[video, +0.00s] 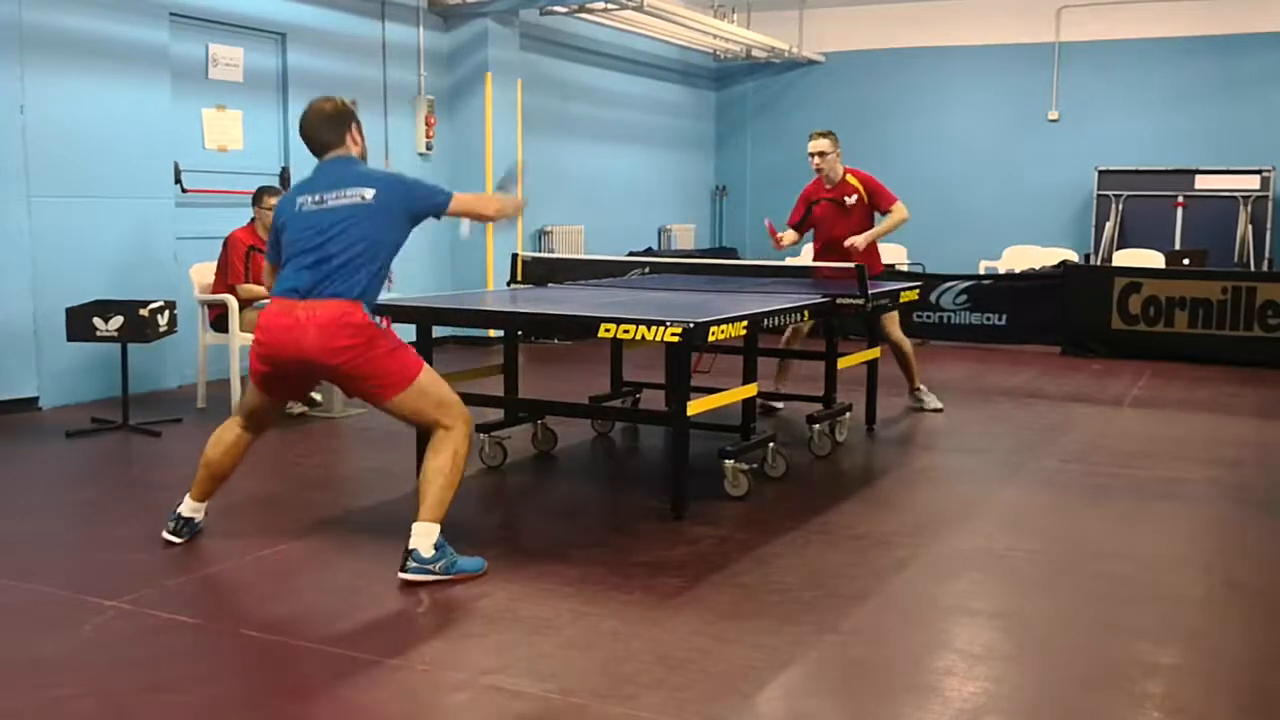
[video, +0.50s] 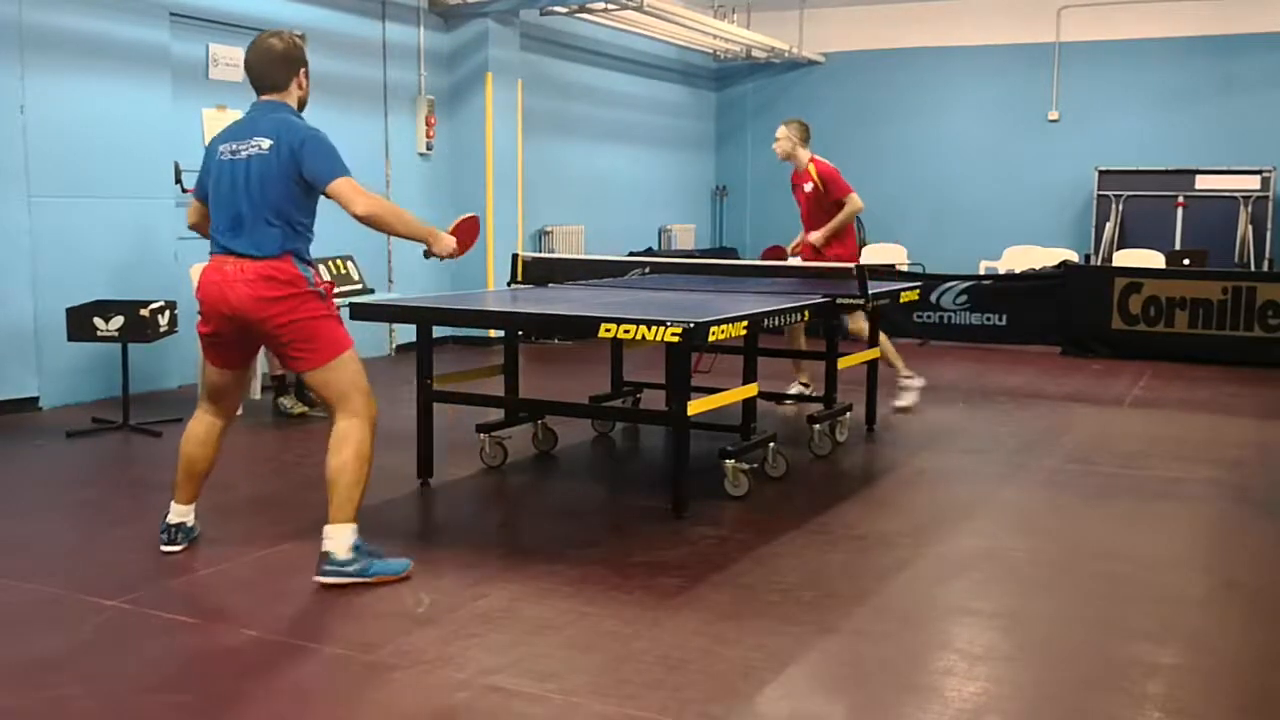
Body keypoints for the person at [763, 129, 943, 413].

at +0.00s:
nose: (816, 162)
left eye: (821, 155)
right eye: (812, 156)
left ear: (837, 155)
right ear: (809, 159)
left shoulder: (862, 183)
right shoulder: (811, 192)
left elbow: (900, 213)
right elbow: (796, 231)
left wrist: (867, 236)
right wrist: (783, 239)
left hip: (868, 279)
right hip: (825, 280)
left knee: (894, 335)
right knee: (795, 330)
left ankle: (916, 388)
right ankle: (777, 390)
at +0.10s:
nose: (821, 162)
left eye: (827, 155)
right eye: (817, 156)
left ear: (843, 154)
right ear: (815, 159)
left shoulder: (866, 181)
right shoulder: (817, 190)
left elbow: (904, 212)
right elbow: (802, 228)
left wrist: (868, 233)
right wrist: (791, 237)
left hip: (877, 275)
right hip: (834, 275)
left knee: (903, 327)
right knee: (798, 325)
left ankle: (929, 385)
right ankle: (789, 382)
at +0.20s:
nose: (815, 170)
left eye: (821, 164)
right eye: (813, 165)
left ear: (840, 164)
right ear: (814, 166)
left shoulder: (865, 190)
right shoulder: (821, 199)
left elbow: (906, 223)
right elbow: (817, 238)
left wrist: (867, 244)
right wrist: (803, 254)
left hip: (879, 279)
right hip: (839, 279)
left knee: (905, 337)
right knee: (804, 329)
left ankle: (945, 392)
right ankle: (803, 384)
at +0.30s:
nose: (800, 174)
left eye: (805, 169)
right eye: (799, 169)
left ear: (825, 169)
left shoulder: (854, 195)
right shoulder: (816, 204)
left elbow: (889, 230)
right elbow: (826, 240)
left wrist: (857, 262)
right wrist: (817, 269)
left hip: (876, 283)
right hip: (837, 283)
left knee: (902, 339)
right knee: (800, 330)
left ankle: (950, 390)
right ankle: (805, 386)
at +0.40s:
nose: (783, 163)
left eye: (788, 157)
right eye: (783, 157)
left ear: (806, 160)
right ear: (802, 161)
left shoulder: (836, 186)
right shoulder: (803, 193)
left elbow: (872, 220)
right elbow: (823, 233)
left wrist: (840, 252)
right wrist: (810, 260)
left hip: (858, 275)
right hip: (824, 273)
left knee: (888, 331)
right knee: (793, 325)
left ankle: (942, 385)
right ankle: (803, 384)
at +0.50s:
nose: (774, 145)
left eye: (778, 139)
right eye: (774, 139)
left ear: (795, 142)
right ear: (789, 143)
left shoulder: (823, 169)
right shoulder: (797, 177)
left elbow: (855, 204)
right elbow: (814, 218)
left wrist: (823, 233)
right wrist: (799, 242)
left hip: (839, 263)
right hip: (811, 263)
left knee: (857, 325)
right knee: (792, 319)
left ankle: (907, 377)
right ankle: (803, 382)